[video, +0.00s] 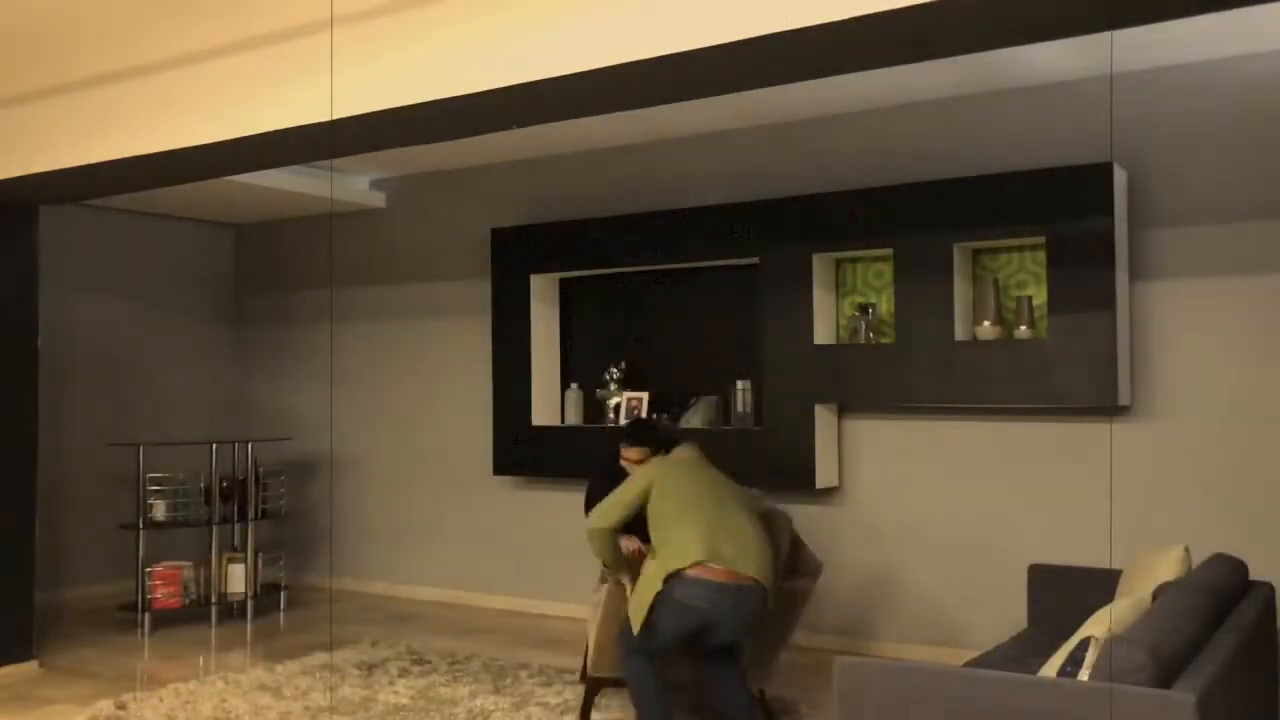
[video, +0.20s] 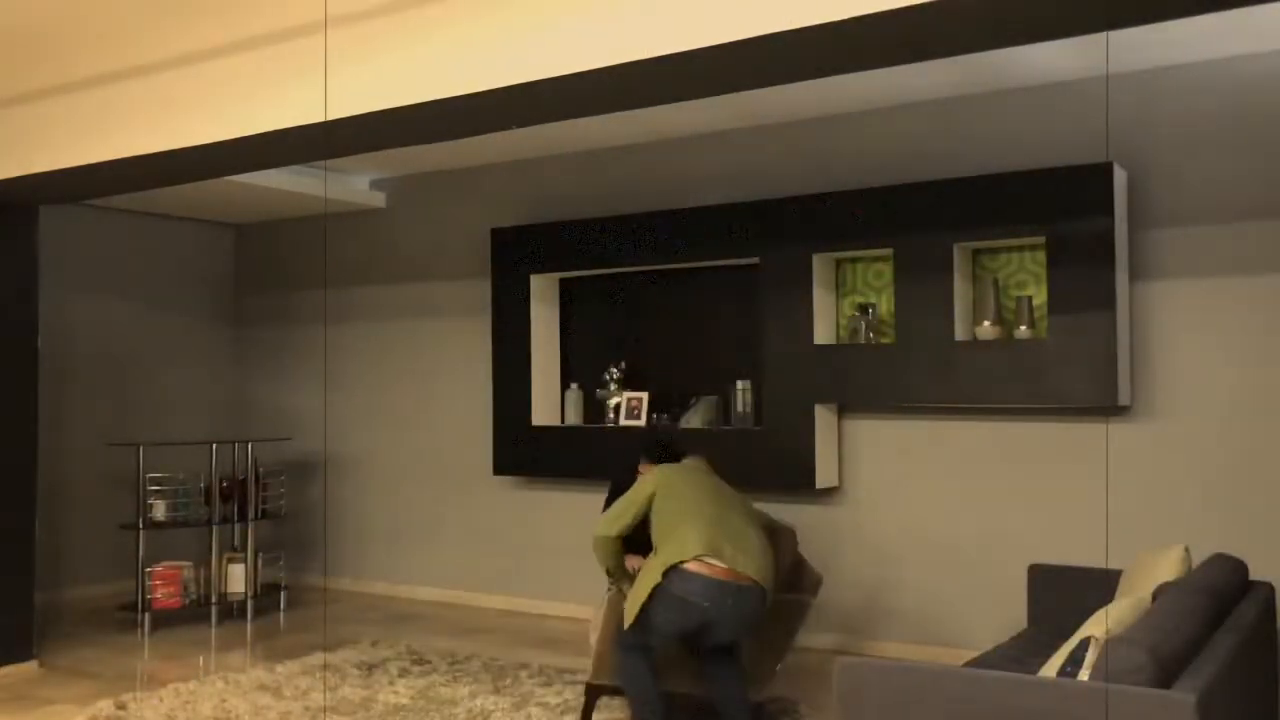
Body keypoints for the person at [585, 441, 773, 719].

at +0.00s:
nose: (629, 473)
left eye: (632, 466)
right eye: (626, 466)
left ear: (661, 453)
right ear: (697, 456)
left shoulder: (658, 469)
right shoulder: (731, 487)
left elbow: (598, 523)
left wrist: (621, 572)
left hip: (689, 592)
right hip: (750, 598)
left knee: (638, 647)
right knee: (720, 653)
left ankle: (656, 713)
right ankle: (744, 712)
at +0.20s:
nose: (642, 481)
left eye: (642, 475)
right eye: (640, 476)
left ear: (652, 464)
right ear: (688, 460)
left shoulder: (660, 475)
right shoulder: (732, 494)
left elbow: (605, 531)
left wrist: (623, 578)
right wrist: (653, 562)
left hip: (689, 587)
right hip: (748, 597)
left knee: (634, 644)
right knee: (719, 651)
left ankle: (649, 712)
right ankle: (738, 712)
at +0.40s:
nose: (644, 416)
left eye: (646, 408)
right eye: (644, 408)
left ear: (660, 408)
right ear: (686, 407)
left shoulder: (657, 436)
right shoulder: (723, 437)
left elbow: (631, 512)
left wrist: (629, 563)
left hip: (731, 560)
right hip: (779, 559)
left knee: (653, 630)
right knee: (727, 639)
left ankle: (655, 712)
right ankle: (758, 709)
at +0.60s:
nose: (662, 344)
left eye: (673, 333)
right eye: (659, 334)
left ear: (705, 335)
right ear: (656, 338)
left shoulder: (731, 381)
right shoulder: (667, 395)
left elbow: (728, 454)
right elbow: (653, 482)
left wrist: (682, 515)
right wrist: (607, 520)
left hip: (743, 550)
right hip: (703, 551)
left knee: (704, 665)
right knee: (712, 660)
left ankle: (766, 713)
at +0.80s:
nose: (662, 327)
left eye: (671, 316)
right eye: (663, 316)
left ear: (709, 321)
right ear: (700, 321)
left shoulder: (757, 378)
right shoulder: (664, 377)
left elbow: (776, 463)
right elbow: (621, 427)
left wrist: (768, 539)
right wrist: (564, 447)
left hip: (730, 563)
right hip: (668, 558)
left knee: (740, 686)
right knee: (658, 683)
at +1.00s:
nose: (607, 346)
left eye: (616, 333)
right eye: (608, 334)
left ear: (656, 336)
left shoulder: (695, 396)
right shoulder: (621, 404)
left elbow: (654, 468)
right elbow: (570, 455)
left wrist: (589, 505)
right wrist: (490, 495)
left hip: (692, 599)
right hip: (624, 599)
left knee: (732, 710)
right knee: (600, 709)